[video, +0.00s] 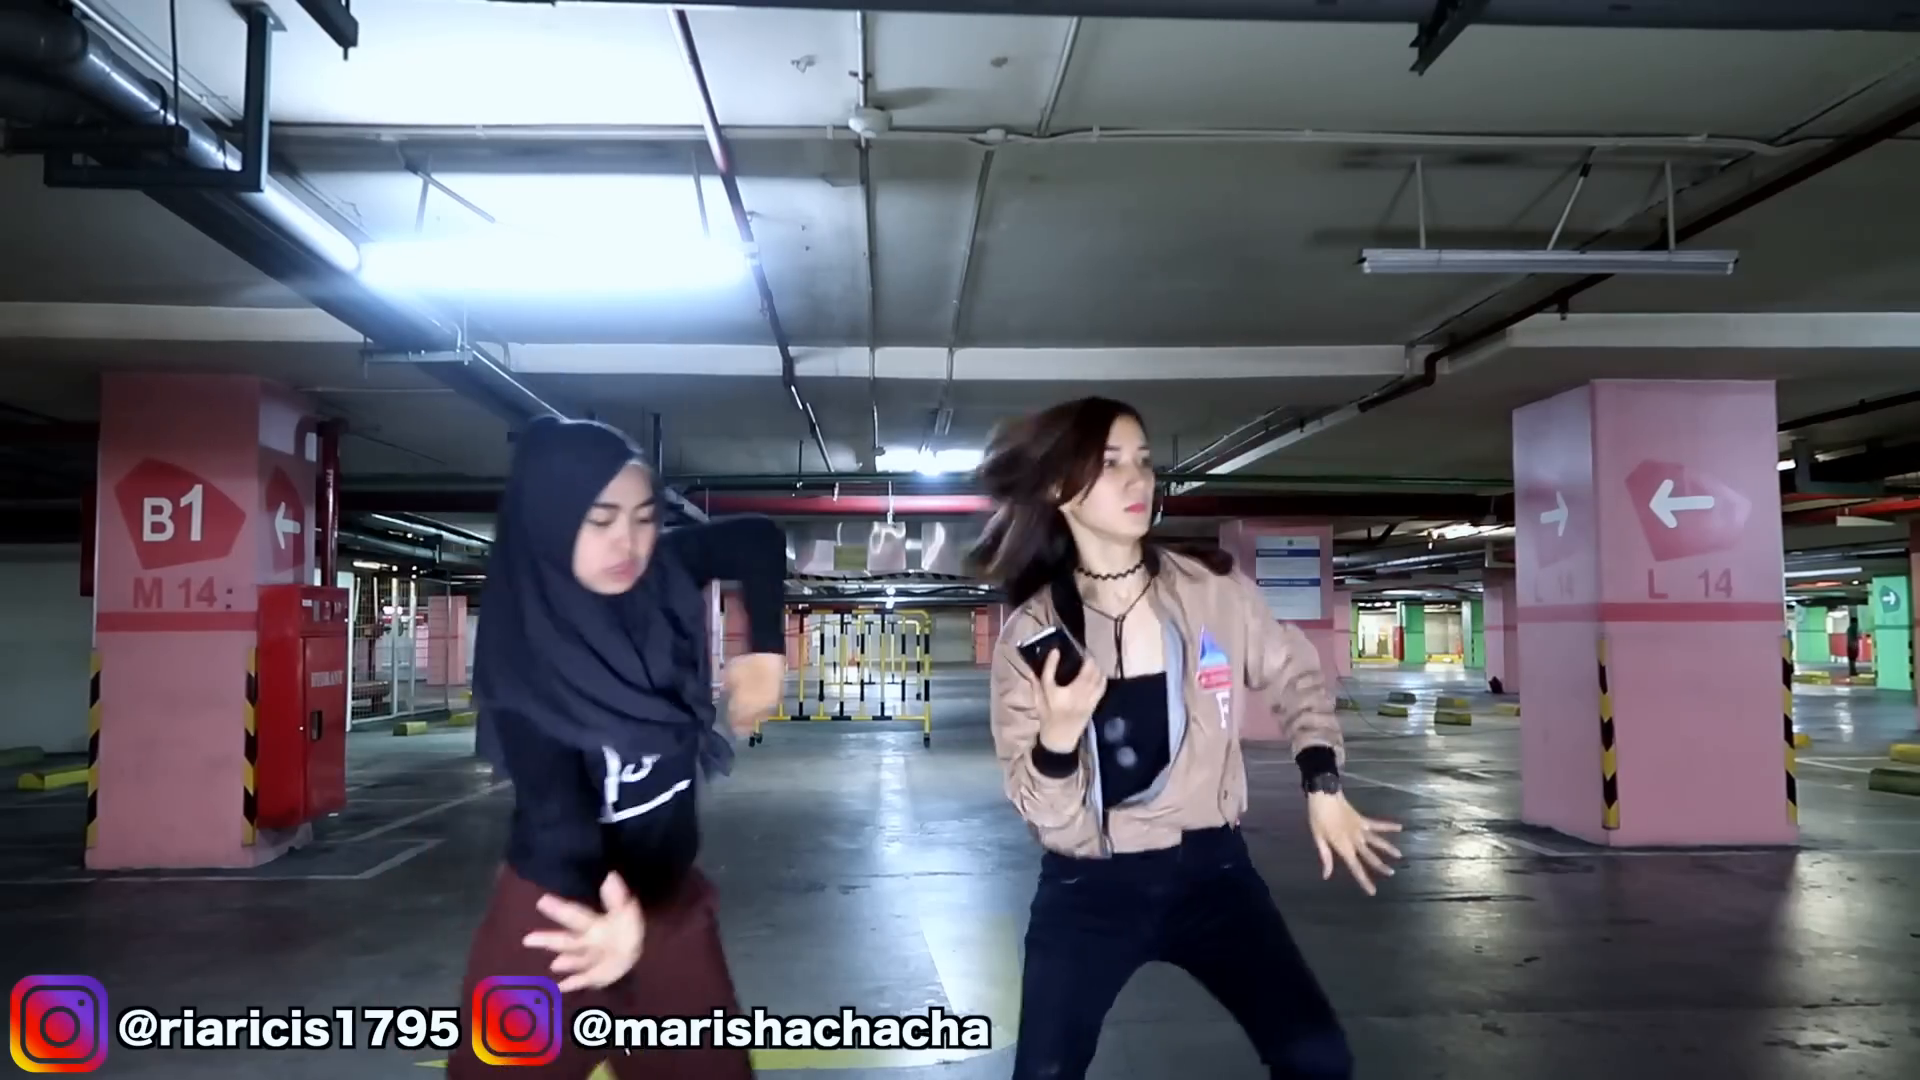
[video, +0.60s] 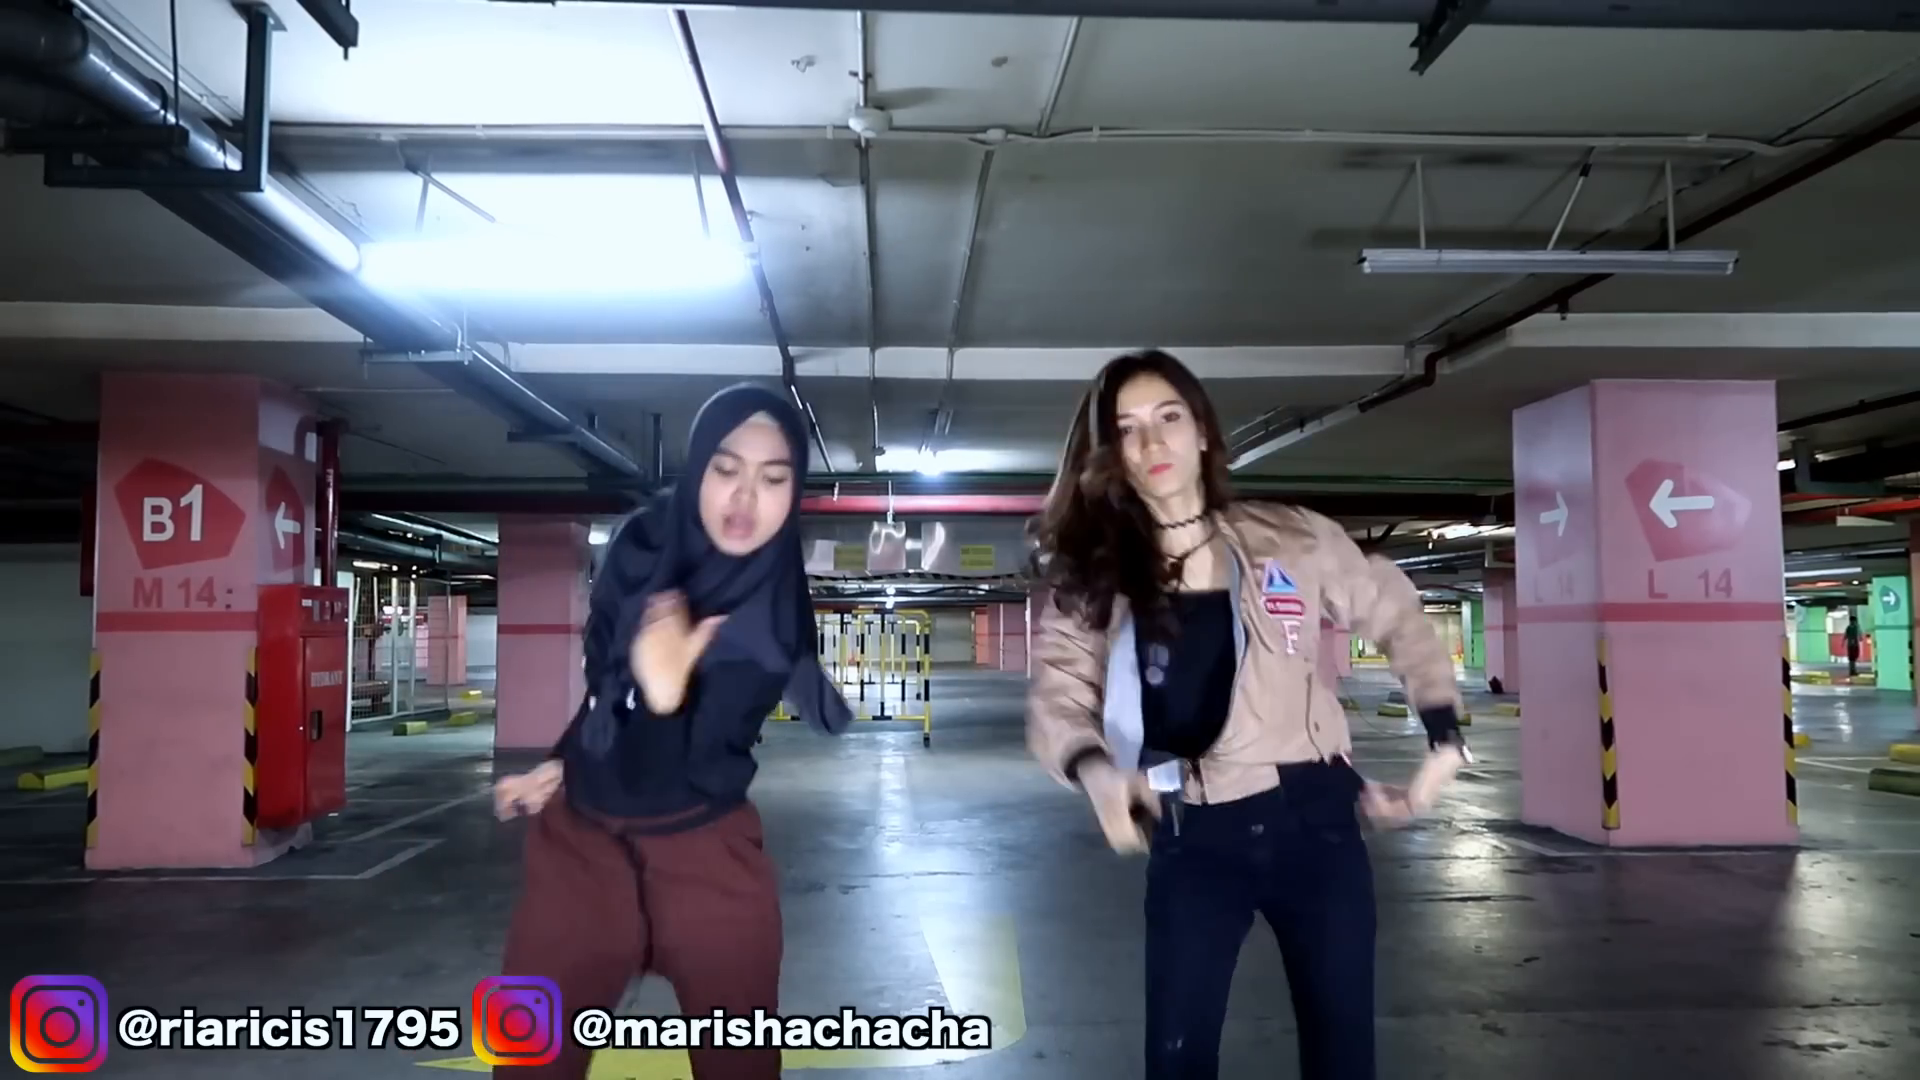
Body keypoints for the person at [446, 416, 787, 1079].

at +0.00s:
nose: (630, 544)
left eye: (644, 517)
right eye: (602, 519)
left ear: (657, 516)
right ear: (546, 521)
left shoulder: (656, 566)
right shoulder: (522, 644)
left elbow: (759, 539)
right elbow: (551, 798)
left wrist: (764, 653)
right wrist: (607, 912)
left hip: (670, 897)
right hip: (554, 898)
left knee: (714, 1067)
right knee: (497, 1066)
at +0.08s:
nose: (672, 510)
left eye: (687, 483)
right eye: (644, 488)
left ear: (702, 481)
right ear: (592, 493)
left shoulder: (718, 546)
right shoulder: (549, 613)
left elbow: (788, 564)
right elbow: (523, 791)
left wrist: (822, 616)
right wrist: (523, 927)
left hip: (712, 859)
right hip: (590, 865)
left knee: (740, 1061)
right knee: (548, 1062)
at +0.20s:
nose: (726, 495)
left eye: (745, 469)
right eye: (698, 470)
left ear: (762, 471)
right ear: (651, 473)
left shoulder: (774, 573)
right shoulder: (583, 561)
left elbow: (824, 733)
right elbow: (538, 697)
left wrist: (851, 628)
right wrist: (497, 823)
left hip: (712, 844)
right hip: (580, 834)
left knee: (740, 1061)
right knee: (569, 1060)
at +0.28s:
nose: (755, 529)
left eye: (775, 502)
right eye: (727, 504)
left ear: (795, 507)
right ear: (682, 503)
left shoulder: (788, 615)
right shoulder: (623, 570)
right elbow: (561, 667)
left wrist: (797, 691)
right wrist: (521, 785)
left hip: (721, 855)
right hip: (596, 836)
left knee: (748, 1065)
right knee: (587, 1033)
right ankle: (615, 1061)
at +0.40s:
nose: (770, 525)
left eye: (794, 503)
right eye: (749, 496)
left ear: (814, 511)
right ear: (709, 496)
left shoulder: (789, 618)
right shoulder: (651, 550)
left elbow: (680, 769)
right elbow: (620, 671)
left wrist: (737, 685)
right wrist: (580, 748)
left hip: (723, 856)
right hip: (603, 834)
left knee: (745, 1063)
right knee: (546, 1006)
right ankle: (608, 1064)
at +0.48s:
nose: (774, 493)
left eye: (799, 470)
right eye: (753, 462)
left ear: (818, 481)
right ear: (711, 462)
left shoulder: (779, 595)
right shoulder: (653, 525)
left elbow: (641, 748)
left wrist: (734, 653)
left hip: (709, 836)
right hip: (589, 813)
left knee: (745, 1065)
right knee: (517, 1047)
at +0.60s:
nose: (745, 498)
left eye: (772, 477)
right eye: (727, 469)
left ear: (796, 494)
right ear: (694, 473)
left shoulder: (775, 606)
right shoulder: (640, 550)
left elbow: (688, 769)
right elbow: (611, 684)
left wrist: (662, 704)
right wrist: (561, 763)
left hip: (708, 847)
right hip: (582, 840)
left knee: (740, 1064)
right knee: (529, 1060)